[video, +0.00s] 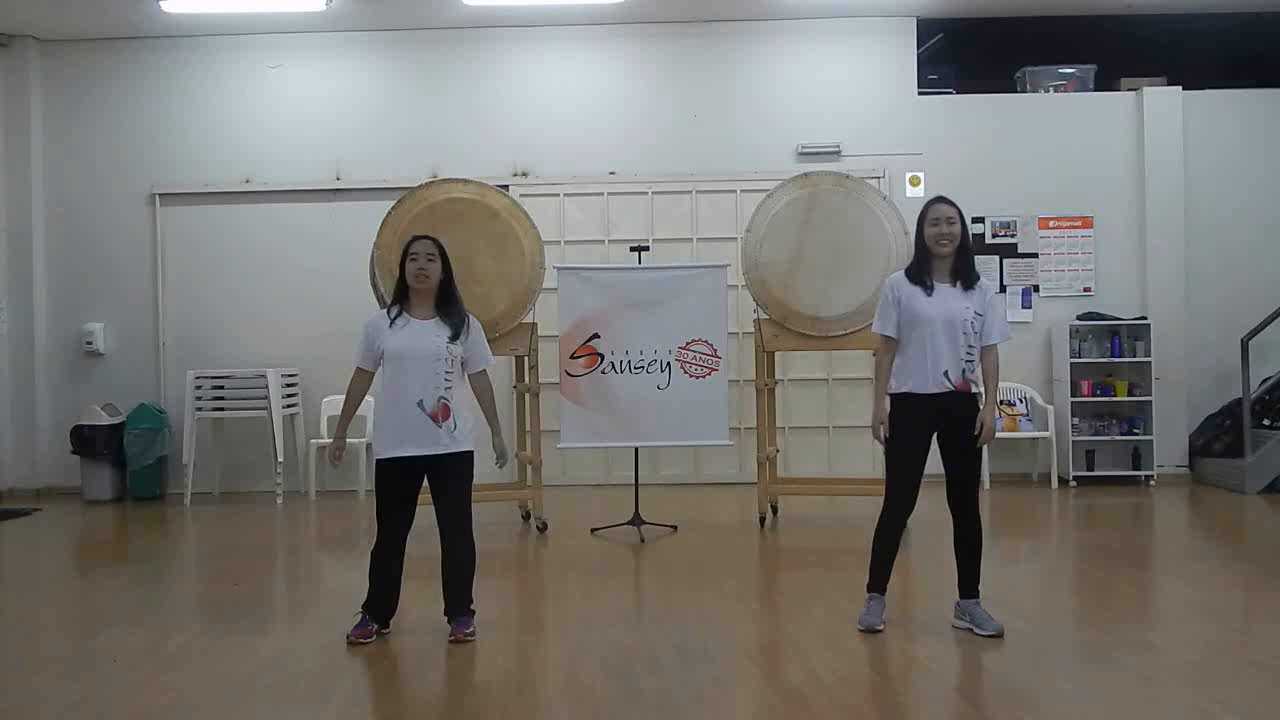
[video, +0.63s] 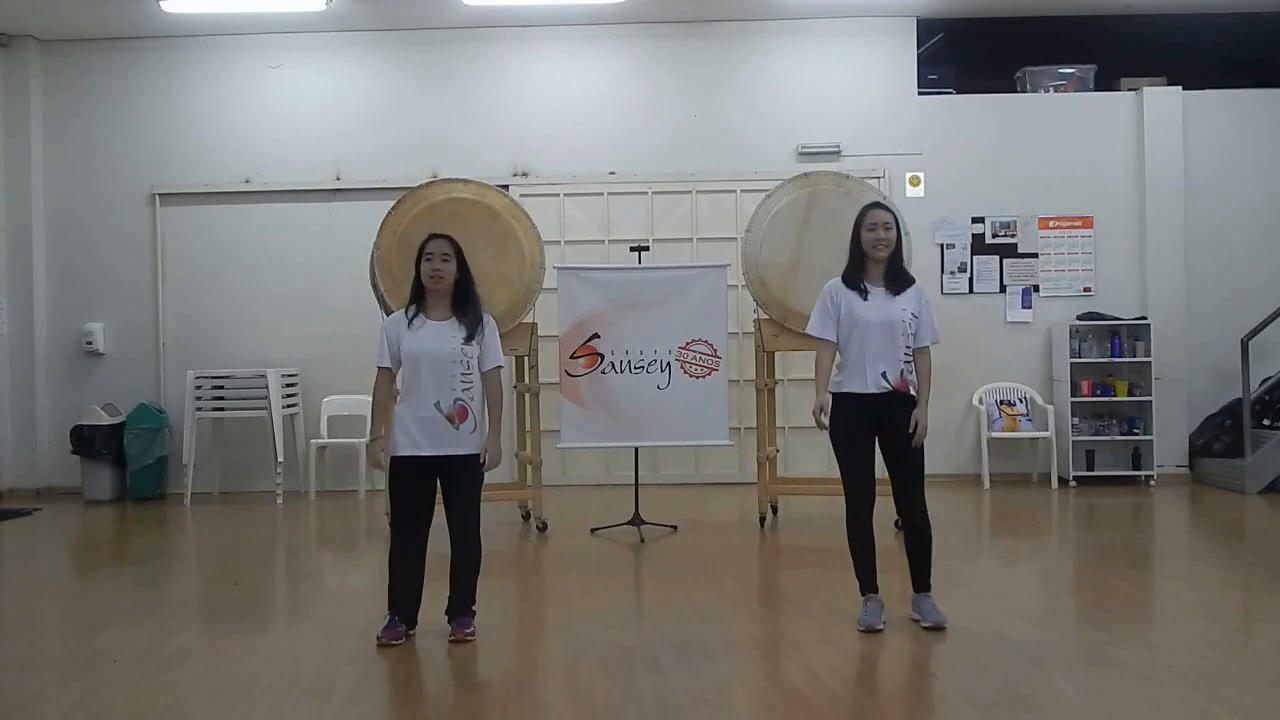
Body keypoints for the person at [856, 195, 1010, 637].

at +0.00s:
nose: (943, 230)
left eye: (951, 222)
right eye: (934, 223)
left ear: (963, 230)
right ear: (920, 232)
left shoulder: (979, 289)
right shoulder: (899, 285)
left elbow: (989, 350)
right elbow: (884, 349)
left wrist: (991, 404)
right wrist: (880, 403)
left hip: (962, 406)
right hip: (909, 405)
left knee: (965, 506)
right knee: (897, 505)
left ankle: (969, 603)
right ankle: (874, 599)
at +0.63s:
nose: (880, 234)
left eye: (888, 228)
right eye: (872, 228)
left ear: (898, 236)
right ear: (858, 236)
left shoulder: (912, 291)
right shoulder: (837, 290)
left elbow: (922, 351)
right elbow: (826, 346)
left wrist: (923, 404)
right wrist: (821, 390)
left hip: (900, 406)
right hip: (850, 407)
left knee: (913, 504)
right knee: (859, 503)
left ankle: (922, 597)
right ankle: (870, 599)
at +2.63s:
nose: (870, 229)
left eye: (877, 224)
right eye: (862, 224)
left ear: (889, 236)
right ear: (850, 236)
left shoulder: (902, 291)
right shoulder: (831, 287)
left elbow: (915, 348)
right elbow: (820, 348)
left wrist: (918, 399)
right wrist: (823, 400)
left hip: (891, 403)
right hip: (843, 403)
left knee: (898, 497)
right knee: (841, 497)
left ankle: (907, 589)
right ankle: (836, 590)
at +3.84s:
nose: (881, 233)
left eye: (889, 225)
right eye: (873, 227)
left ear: (902, 234)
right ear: (862, 237)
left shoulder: (922, 289)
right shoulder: (846, 292)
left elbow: (939, 347)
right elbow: (838, 351)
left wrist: (963, 390)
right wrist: (819, 394)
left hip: (913, 407)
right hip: (862, 408)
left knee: (917, 503)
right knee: (860, 503)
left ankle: (914, 594)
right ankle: (846, 590)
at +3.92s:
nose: (882, 241)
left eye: (889, 234)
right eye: (874, 236)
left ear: (902, 241)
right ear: (863, 245)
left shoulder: (922, 296)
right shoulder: (846, 300)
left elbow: (951, 352)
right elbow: (830, 357)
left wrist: (973, 348)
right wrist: (797, 354)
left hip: (913, 412)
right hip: (862, 413)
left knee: (920, 506)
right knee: (859, 507)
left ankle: (915, 594)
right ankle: (864, 584)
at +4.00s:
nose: (881, 243)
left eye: (888, 236)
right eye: (873, 238)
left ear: (902, 243)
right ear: (862, 247)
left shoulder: (921, 295)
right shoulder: (845, 298)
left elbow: (953, 344)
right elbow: (820, 348)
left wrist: (964, 313)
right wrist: (798, 327)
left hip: (910, 413)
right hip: (860, 414)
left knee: (917, 507)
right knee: (851, 506)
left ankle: (915, 594)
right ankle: (866, 582)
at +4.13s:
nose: (874, 236)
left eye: (882, 229)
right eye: (866, 230)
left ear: (894, 237)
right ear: (855, 240)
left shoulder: (909, 288)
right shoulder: (839, 288)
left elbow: (925, 325)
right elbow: (814, 326)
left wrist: (919, 275)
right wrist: (806, 281)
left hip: (900, 407)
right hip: (850, 406)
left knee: (908, 504)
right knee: (828, 500)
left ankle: (915, 594)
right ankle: (823, 589)